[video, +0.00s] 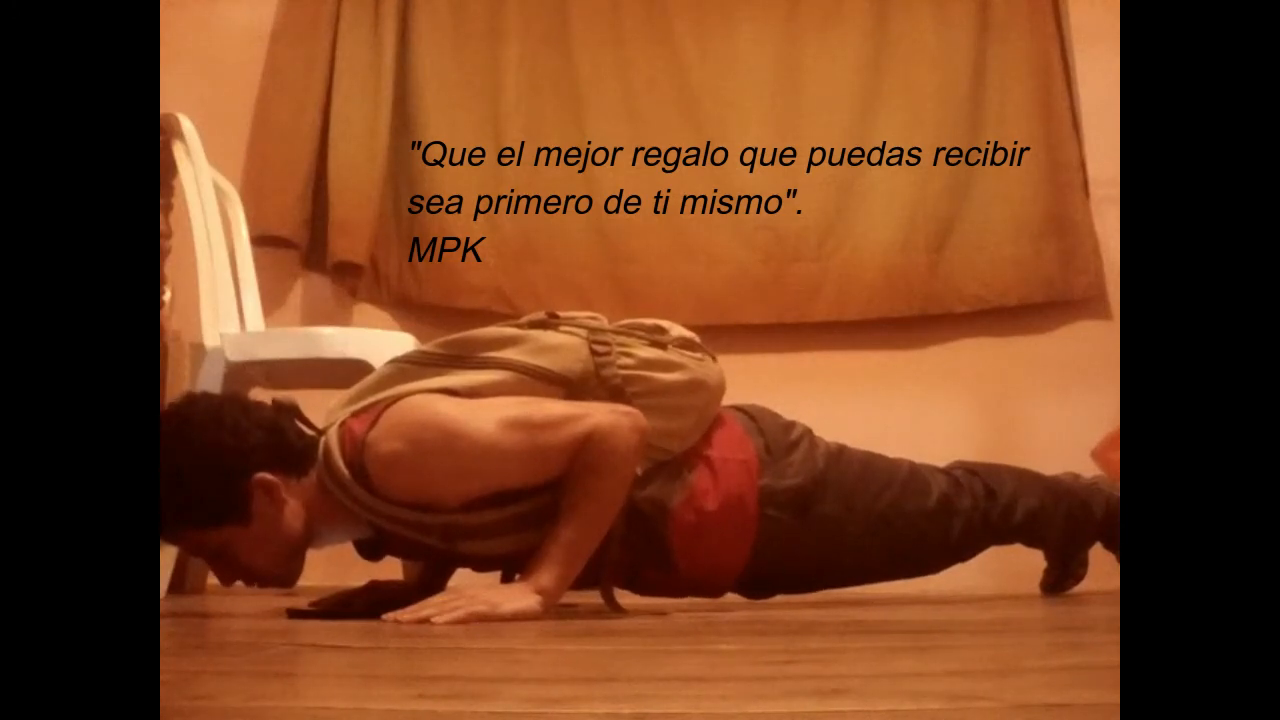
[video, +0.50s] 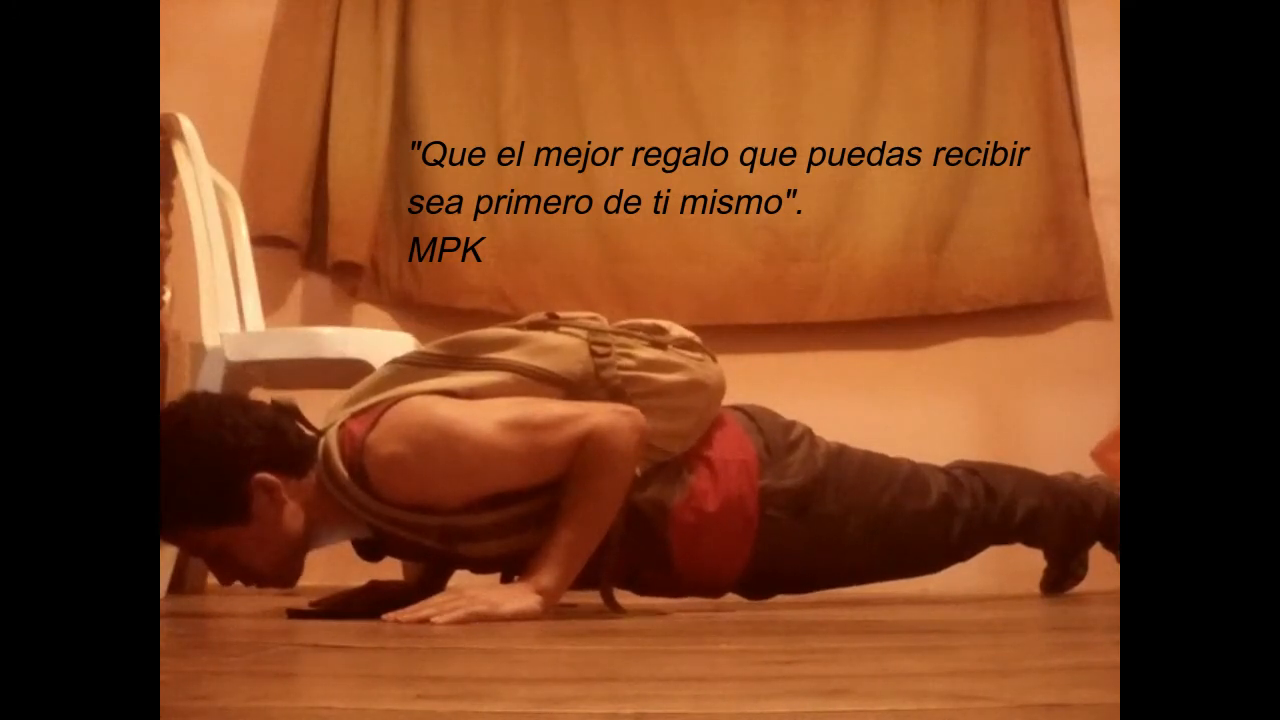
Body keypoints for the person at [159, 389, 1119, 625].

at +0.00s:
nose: (218, 574)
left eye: (213, 550)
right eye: (200, 559)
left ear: (262, 492)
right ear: (258, 478)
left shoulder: (400, 448)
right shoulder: (355, 461)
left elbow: (614, 439)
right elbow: (470, 534)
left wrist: (539, 588)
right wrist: (388, 588)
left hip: (739, 498)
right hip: (712, 503)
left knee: (949, 510)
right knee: (928, 506)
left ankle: (1095, 505)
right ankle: (1079, 504)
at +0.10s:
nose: (217, 573)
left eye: (212, 548)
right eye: (199, 558)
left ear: (262, 491)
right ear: (257, 477)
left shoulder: (401, 448)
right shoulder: (355, 459)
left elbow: (614, 438)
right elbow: (487, 526)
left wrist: (539, 588)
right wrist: (395, 586)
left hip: (738, 495)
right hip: (710, 503)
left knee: (946, 510)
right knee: (925, 509)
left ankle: (1095, 506)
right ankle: (1079, 506)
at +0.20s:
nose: (217, 573)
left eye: (211, 548)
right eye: (199, 558)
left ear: (262, 492)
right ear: (258, 478)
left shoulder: (400, 447)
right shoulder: (354, 460)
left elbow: (614, 438)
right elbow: (485, 528)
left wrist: (539, 588)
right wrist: (395, 585)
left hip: (735, 494)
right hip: (709, 502)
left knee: (942, 509)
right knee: (921, 508)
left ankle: (1094, 505)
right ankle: (1076, 505)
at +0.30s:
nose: (217, 575)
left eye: (211, 551)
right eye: (199, 560)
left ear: (263, 494)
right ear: (260, 481)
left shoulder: (401, 450)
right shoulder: (356, 458)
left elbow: (614, 438)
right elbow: (488, 524)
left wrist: (539, 587)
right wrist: (395, 584)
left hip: (737, 494)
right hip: (710, 500)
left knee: (946, 508)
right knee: (925, 506)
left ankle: (1095, 505)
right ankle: (1076, 506)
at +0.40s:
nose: (217, 575)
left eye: (212, 551)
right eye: (200, 560)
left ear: (264, 493)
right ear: (261, 481)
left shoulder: (402, 450)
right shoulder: (356, 458)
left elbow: (614, 438)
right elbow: (483, 526)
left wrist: (539, 588)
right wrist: (393, 585)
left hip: (736, 493)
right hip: (708, 502)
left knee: (944, 508)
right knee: (923, 506)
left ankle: (1094, 504)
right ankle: (1075, 505)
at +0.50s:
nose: (217, 575)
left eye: (211, 550)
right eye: (199, 559)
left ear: (264, 493)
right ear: (260, 481)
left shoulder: (400, 452)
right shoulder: (355, 458)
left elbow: (613, 438)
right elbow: (485, 528)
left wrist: (538, 588)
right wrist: (392, 584)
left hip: (737, 496)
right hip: (710, 502)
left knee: (944, 510)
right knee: (923, 507)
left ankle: (1093, 506)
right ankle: (1077, 504)